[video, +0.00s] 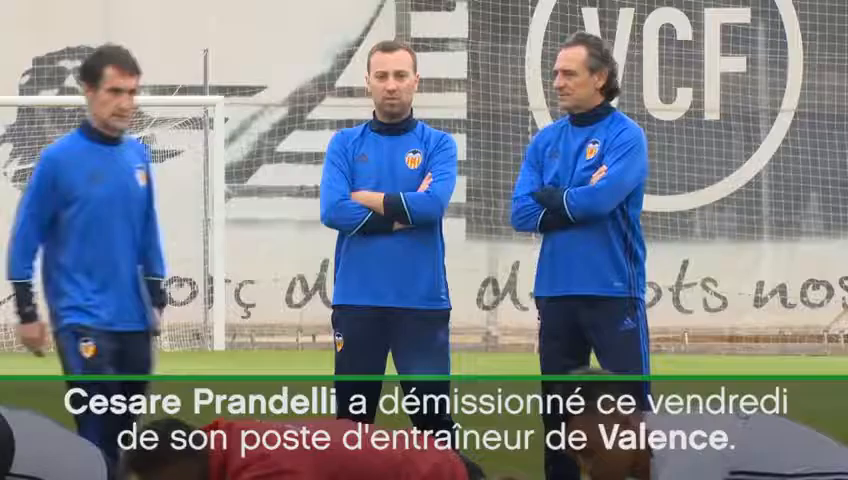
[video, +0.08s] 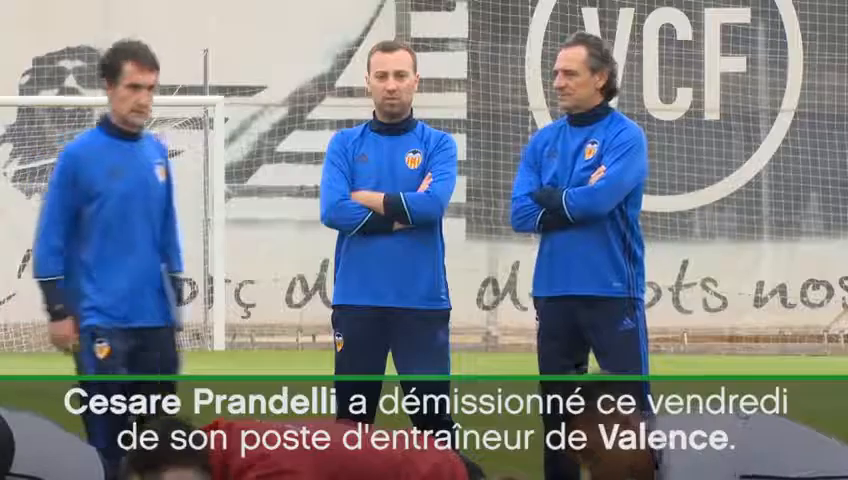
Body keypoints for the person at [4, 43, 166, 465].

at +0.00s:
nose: (125, 103)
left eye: (132, 93)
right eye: (115, 91)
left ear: (138, 95)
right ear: (88, 92)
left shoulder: (137, 154)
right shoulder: (58, 159)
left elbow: (147, 226)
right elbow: (24, 234)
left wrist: (157, 284)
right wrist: (26, 308)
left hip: (132, 308)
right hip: (79, 311)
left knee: (131, 424)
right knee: (99, 426)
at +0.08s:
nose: (144, 99)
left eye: (151, 89)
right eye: (134, 88)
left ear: (156, 91)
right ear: (108, 88)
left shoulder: (156, 151)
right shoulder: (77, 155)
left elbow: (167, 228)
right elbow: (49, 237)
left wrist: (176, 286)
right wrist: (58, 311)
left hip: (156, 314)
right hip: (100, 318)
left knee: (159, 429)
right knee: (111, 438)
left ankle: (155, 478)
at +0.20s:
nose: (174, 97)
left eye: (182, 87)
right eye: (165, 84)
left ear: (186, 89)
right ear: (139, 85)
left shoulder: (185, 149)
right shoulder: (111, 152)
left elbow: (196, 231)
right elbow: (87, 234)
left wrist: (204, 297)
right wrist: (105, 301)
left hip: (189, 313)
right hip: (130, 318)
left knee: (206, 421)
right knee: (117, 433)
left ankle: (202, 478)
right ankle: (112, 478)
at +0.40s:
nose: (235, 107)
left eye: (241, 96)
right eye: (225, 95)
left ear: (247, 97)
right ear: (199, 95)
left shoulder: (245, 162)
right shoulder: (169, 163)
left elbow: (254, 243)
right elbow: (143, 242)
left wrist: (263, 310)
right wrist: (175, 299)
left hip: (244, 331)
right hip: (182, 335)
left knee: (253, 446)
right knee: (172, 447)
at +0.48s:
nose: (264, 104)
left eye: (270, 94)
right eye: (254, 93)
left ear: (275, 95)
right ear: (228, 92)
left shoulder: (272, 158)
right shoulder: (194, 159)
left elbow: (281, 239)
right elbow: (168, 239)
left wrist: (291, 302)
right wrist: (192, 303)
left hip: (272, 327)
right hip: (211, 331)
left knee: (280, 442)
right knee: (201, 444)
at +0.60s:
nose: (302, 101)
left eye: (309, 91)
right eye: (293, 89)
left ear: (316, 92)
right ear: (266, 85)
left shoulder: (312, 154)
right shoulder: (230, 150)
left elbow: (322, 241)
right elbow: (200, 232)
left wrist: (335, 313)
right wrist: (209, 305)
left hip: (310, 317)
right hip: (251, 318)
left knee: (307, 433)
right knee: (258, 434)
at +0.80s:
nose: (353, 109)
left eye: (360, 99)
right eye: (344, 97)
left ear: (366, 95)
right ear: (317, 91)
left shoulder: (367, 160)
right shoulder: (281, 157)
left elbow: (378, 236)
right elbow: (244, 232)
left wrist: (393, 300)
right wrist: (238, 310)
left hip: (356, 315)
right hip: (299, 313)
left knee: (355, 429)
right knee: (321, 414)